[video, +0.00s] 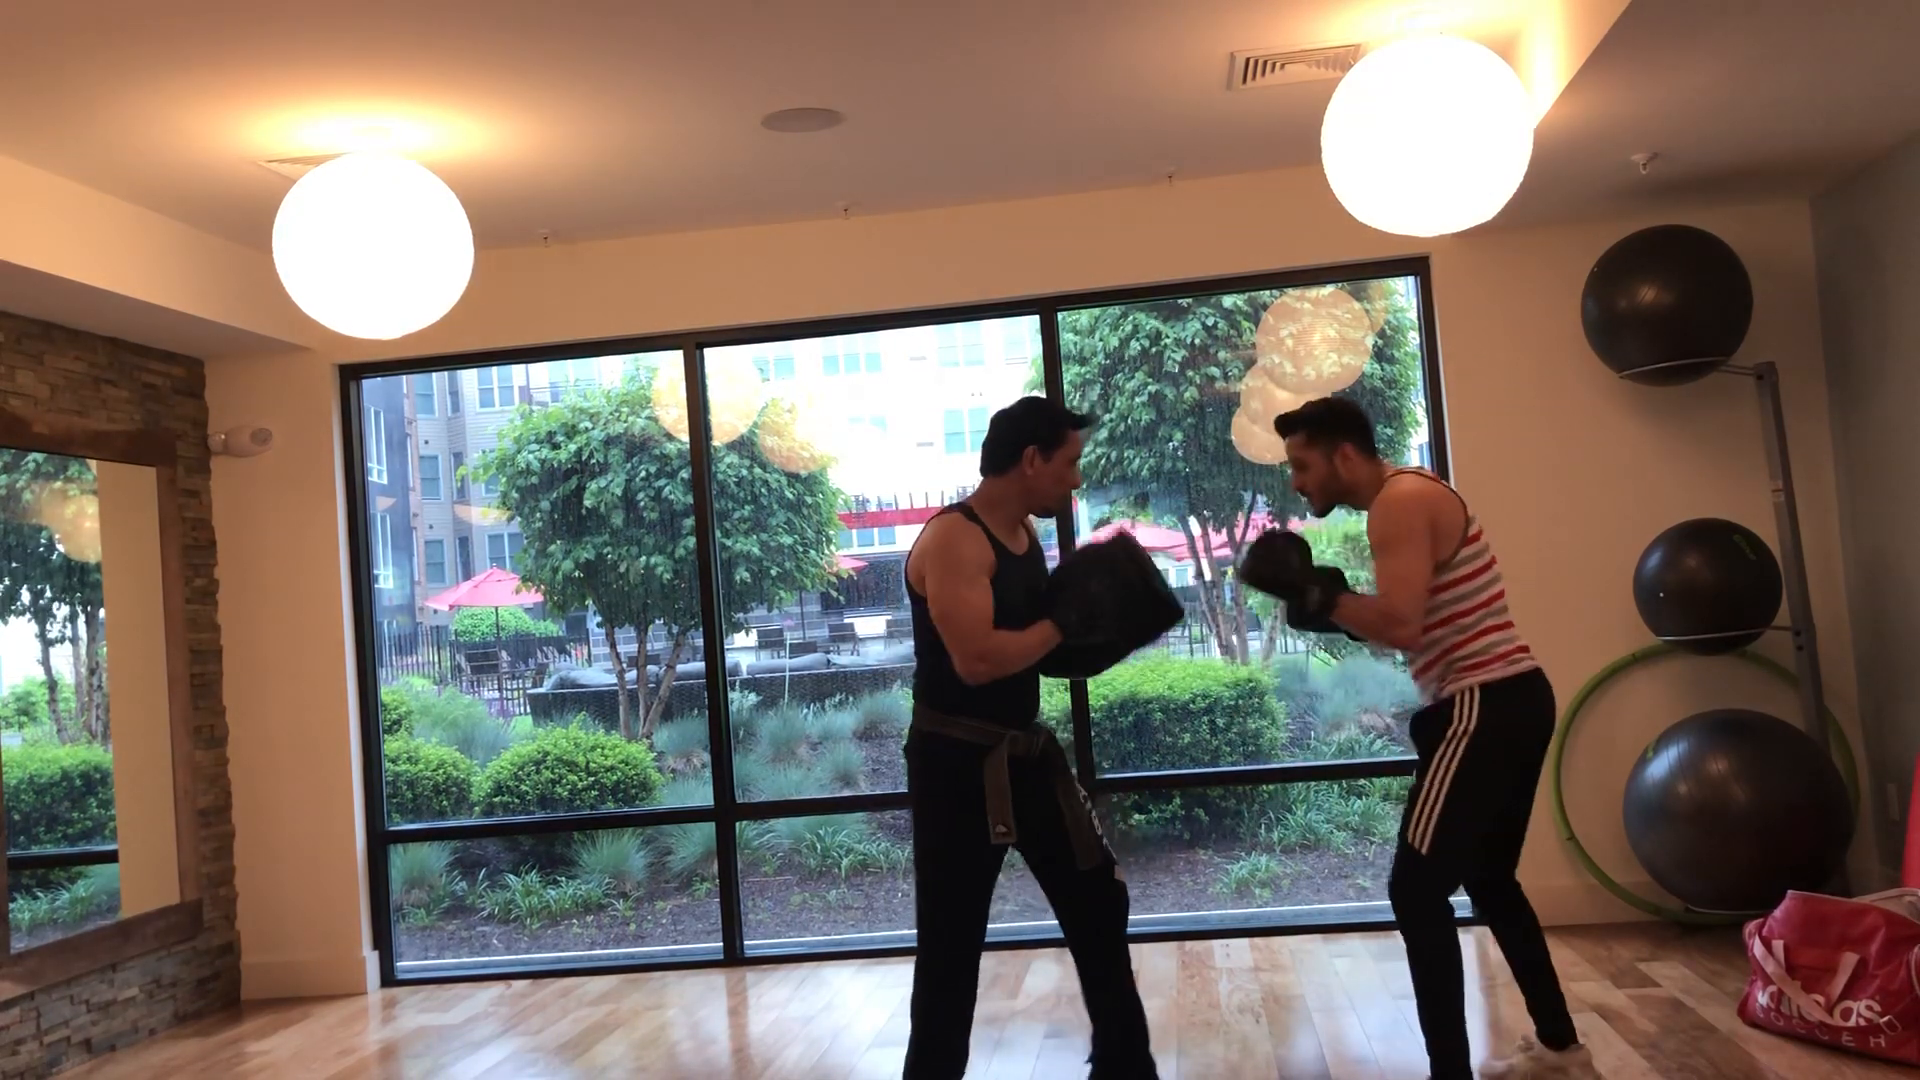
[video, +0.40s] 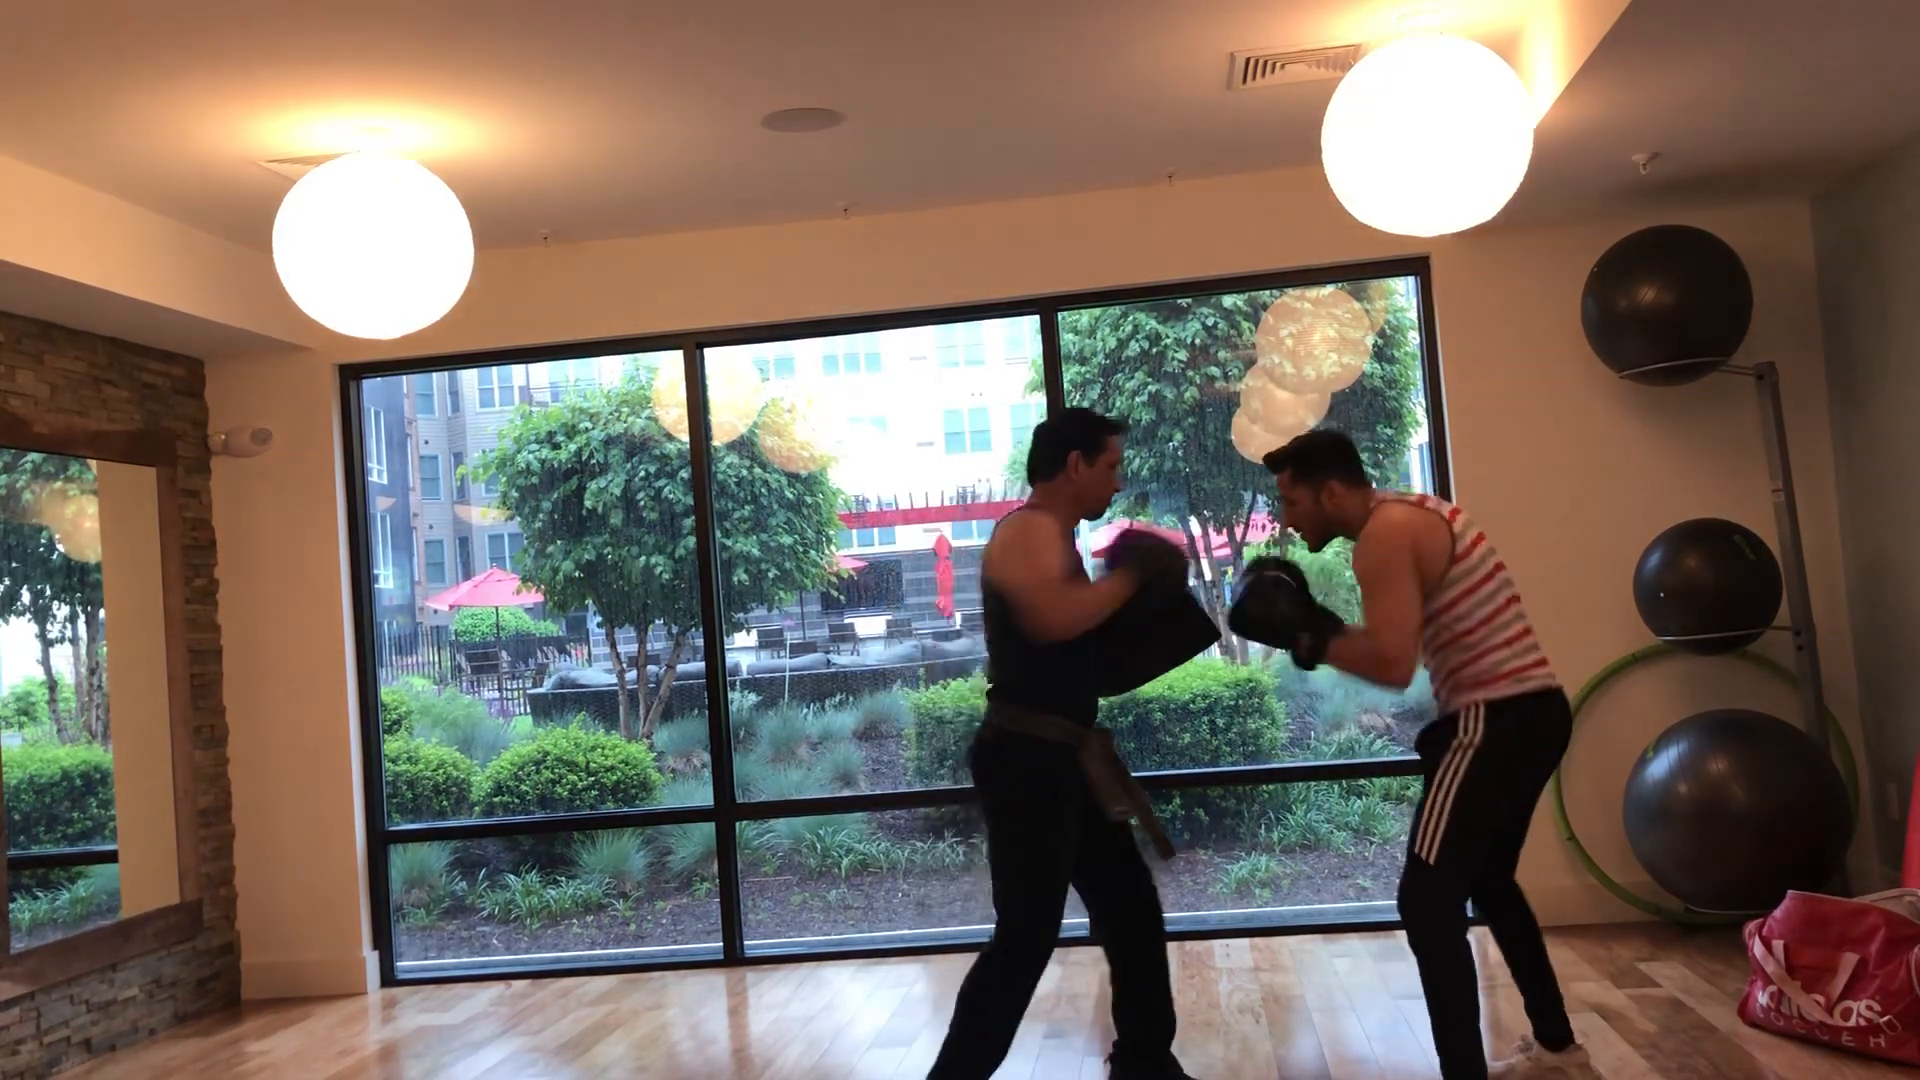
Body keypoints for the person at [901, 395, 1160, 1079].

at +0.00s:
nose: (1076, 479)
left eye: (1078, 464)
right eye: (1070, 463)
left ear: (1027, 463)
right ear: (1029, 461)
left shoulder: (1023, 533)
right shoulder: (951, 537)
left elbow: (1028, 636)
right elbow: (975, 658)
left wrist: (1091, 592)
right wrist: (1068, 618)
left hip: (1026, 748)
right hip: (956, 756)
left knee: (1098, 906)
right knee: (951, 945)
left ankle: (1126, 1070)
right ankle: (932, 1075)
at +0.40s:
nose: (1117, 483)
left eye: (1118, 469)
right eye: (1112, 468)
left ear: (1069, 467)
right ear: (1074, 465)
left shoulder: (1054, 537)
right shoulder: (1028, 531)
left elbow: (1070, 633)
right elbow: (1053, 618)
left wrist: (1139, 581)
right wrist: (1132, 574)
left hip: (1061, 753)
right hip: (1023, 755)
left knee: (1131, 908)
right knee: (1027, 931)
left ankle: (1146, 1064)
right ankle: (954, 1075)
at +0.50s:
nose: (1127, 481)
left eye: (1127, 467)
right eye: (1118, 467)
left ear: (1067, 467)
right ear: (1077, 463)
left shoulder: (1016, 536)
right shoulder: (1075, 518)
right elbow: (1196, 543)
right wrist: (1260, 510)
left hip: (1038, 747)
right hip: (1032, 750)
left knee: (1112, 913)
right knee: (1009, 934)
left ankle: (1142, 1061)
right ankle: (947, 1073)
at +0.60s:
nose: (1136, 482)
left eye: (1137, 468)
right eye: (1125, 469)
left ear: (1074, 472)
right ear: (1079, 468)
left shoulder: (1018, 539)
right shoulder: (1099, 527)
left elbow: (1032, 666)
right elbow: (1208, 538)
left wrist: (1095, 746)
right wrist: (1302, 526)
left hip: (1023, 745)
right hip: (1032, 751)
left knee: (1106, 906)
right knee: (1001, 937)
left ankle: (1138, 1059)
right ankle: (944, 1073)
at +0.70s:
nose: (1139, 488)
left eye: (1141, 475)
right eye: (1128, 474)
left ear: (1077, 476)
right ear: (1082, 470)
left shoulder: (1027, 538)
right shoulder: (1094, 536)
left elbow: (1134, 600)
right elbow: (1183, 603)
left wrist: (1233, 596)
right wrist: (1266, 588)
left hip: (1024, 745)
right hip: (1038, 751)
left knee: (1112, 904)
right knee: (1022, 932)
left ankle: (1142, 1061)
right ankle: (968, 1072)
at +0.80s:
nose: (1134, 488)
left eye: (1137, 475)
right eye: (1123, 474)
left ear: (1074, 477)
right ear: (1076, 471)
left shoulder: (1037, 537)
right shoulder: (1067, 543)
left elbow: (1078, 646)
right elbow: (1106, 662)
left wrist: (1158, 625)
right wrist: (1195, 648)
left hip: (1045, 746)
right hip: (1032, 752)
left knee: (1123, 901)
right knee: (1043, 926)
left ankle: (1142, 1059)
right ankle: (985, 1075)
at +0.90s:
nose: (1124, 482)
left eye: (1127, 468)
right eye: (1113, 467)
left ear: (1076, 469)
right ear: (1066, 465)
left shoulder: (1065, 545)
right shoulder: (1029, 540)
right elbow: (1000, 647)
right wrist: (1096, 675)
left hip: (1053, 746)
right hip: (1012, 749)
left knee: (1119, 908)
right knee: (1024, 931)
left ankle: (1144, 1060)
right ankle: (983, 1074)